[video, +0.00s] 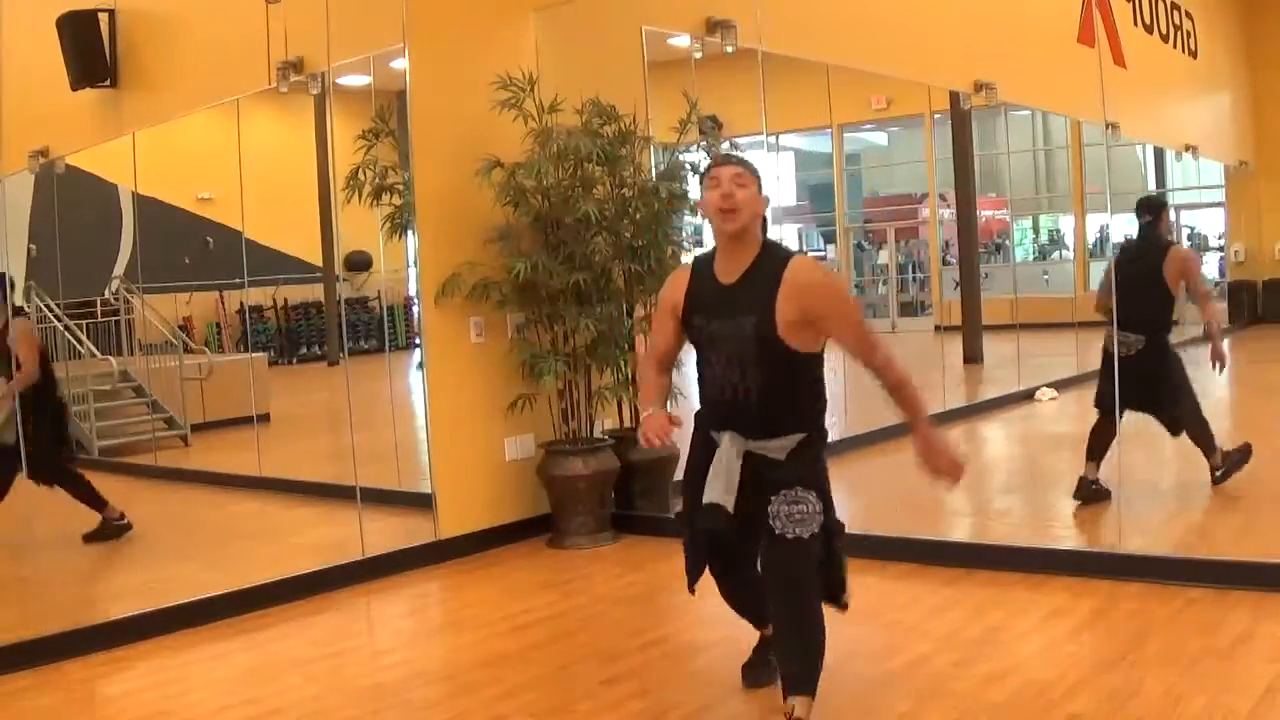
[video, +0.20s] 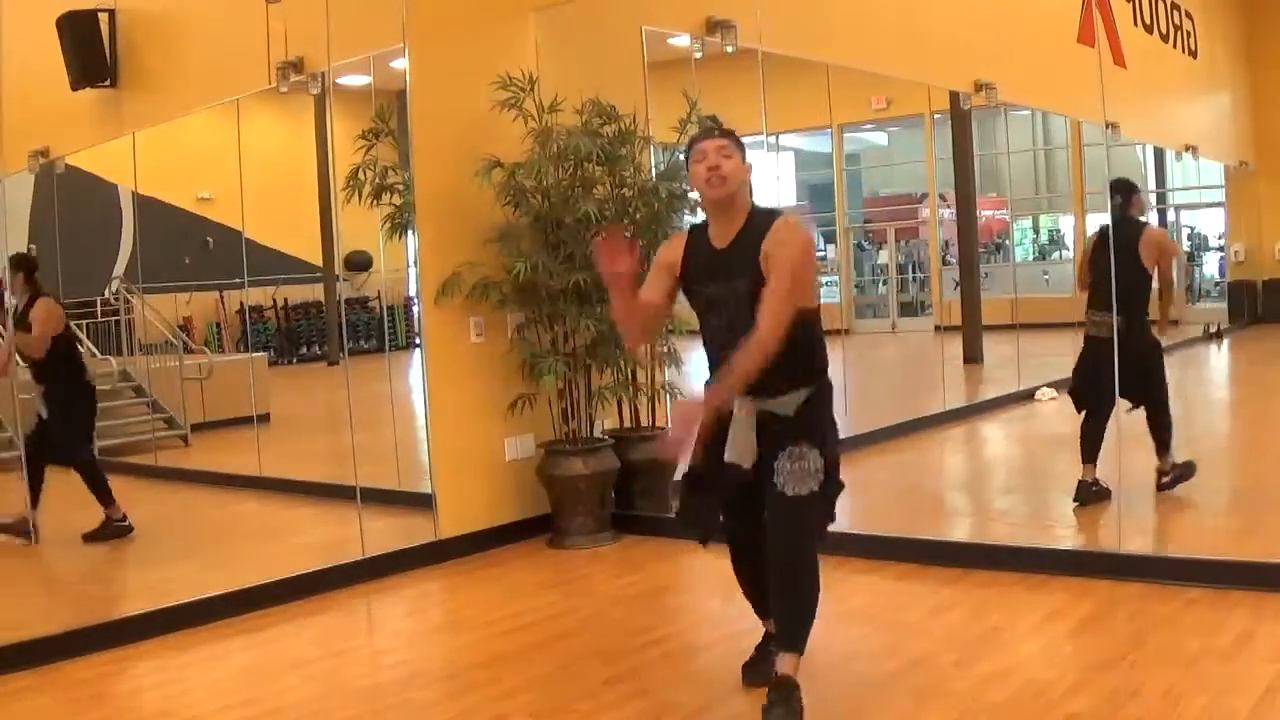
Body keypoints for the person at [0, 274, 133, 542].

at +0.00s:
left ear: (4, 296)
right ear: (7, 295)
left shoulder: (19, 327)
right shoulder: (12, 329)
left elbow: (30, 372)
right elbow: (28, 372)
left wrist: (7, 392)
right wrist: (8, 391)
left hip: (41, 409)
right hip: (28, 408)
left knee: (50, 467)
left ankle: (113, 516)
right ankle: (111, 515)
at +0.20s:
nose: (6, 283)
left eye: (10, 276)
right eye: (6, 277)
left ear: (24, 277)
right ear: (22, 279)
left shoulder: (45, 307)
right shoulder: (22, 311)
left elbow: (39, 347)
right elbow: (17, 350)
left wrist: (9, 334)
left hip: (74, 396)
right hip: (56, 396)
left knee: (80, 455)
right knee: (34, 451)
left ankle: (117, 517)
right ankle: (29, 519)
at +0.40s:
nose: (11, 279)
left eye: (14, 274)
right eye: (12, 274)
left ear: (29, 274)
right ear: (27, 275)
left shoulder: (56, 300)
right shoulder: (32, 304)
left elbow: (25, 331)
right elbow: (9, 329)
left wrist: (13, 306)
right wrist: (13, 310)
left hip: (90, 391)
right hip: (66, 392)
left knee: (98, 452)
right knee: (65, 452)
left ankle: (116, 517)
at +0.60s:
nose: (12, 297)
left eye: (13, 290)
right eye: (10, 291)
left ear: (26, 283)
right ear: (24, 286)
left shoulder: (57, 302)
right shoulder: (32, 310)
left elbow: (55, 355)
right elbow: (25, 351)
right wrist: (19, 381)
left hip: (84, 389)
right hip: (67, 391)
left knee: (94, 449)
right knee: (57, 446)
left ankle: (118, 518)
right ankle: (113, 472)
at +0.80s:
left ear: (5, 292)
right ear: (9, 291)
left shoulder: (32, 308)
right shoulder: (23, 314)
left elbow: (78, 312)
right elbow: (59, 306)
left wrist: (119, 324)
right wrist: (85, 302)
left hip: (70, 395)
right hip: (55, 397)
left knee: (88, 453)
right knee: (31, 441)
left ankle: (117, 517)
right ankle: (49, 510)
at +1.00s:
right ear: (3, 294)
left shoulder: (11, 314)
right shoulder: (9, 315)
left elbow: (57, 312)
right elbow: (31, 306)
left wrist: (96, 313)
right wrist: (57, 297)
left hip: (43, 404)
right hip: (27, 404)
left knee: (70, 459)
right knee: (14, 463)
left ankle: (114, 515)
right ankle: (3, 523)